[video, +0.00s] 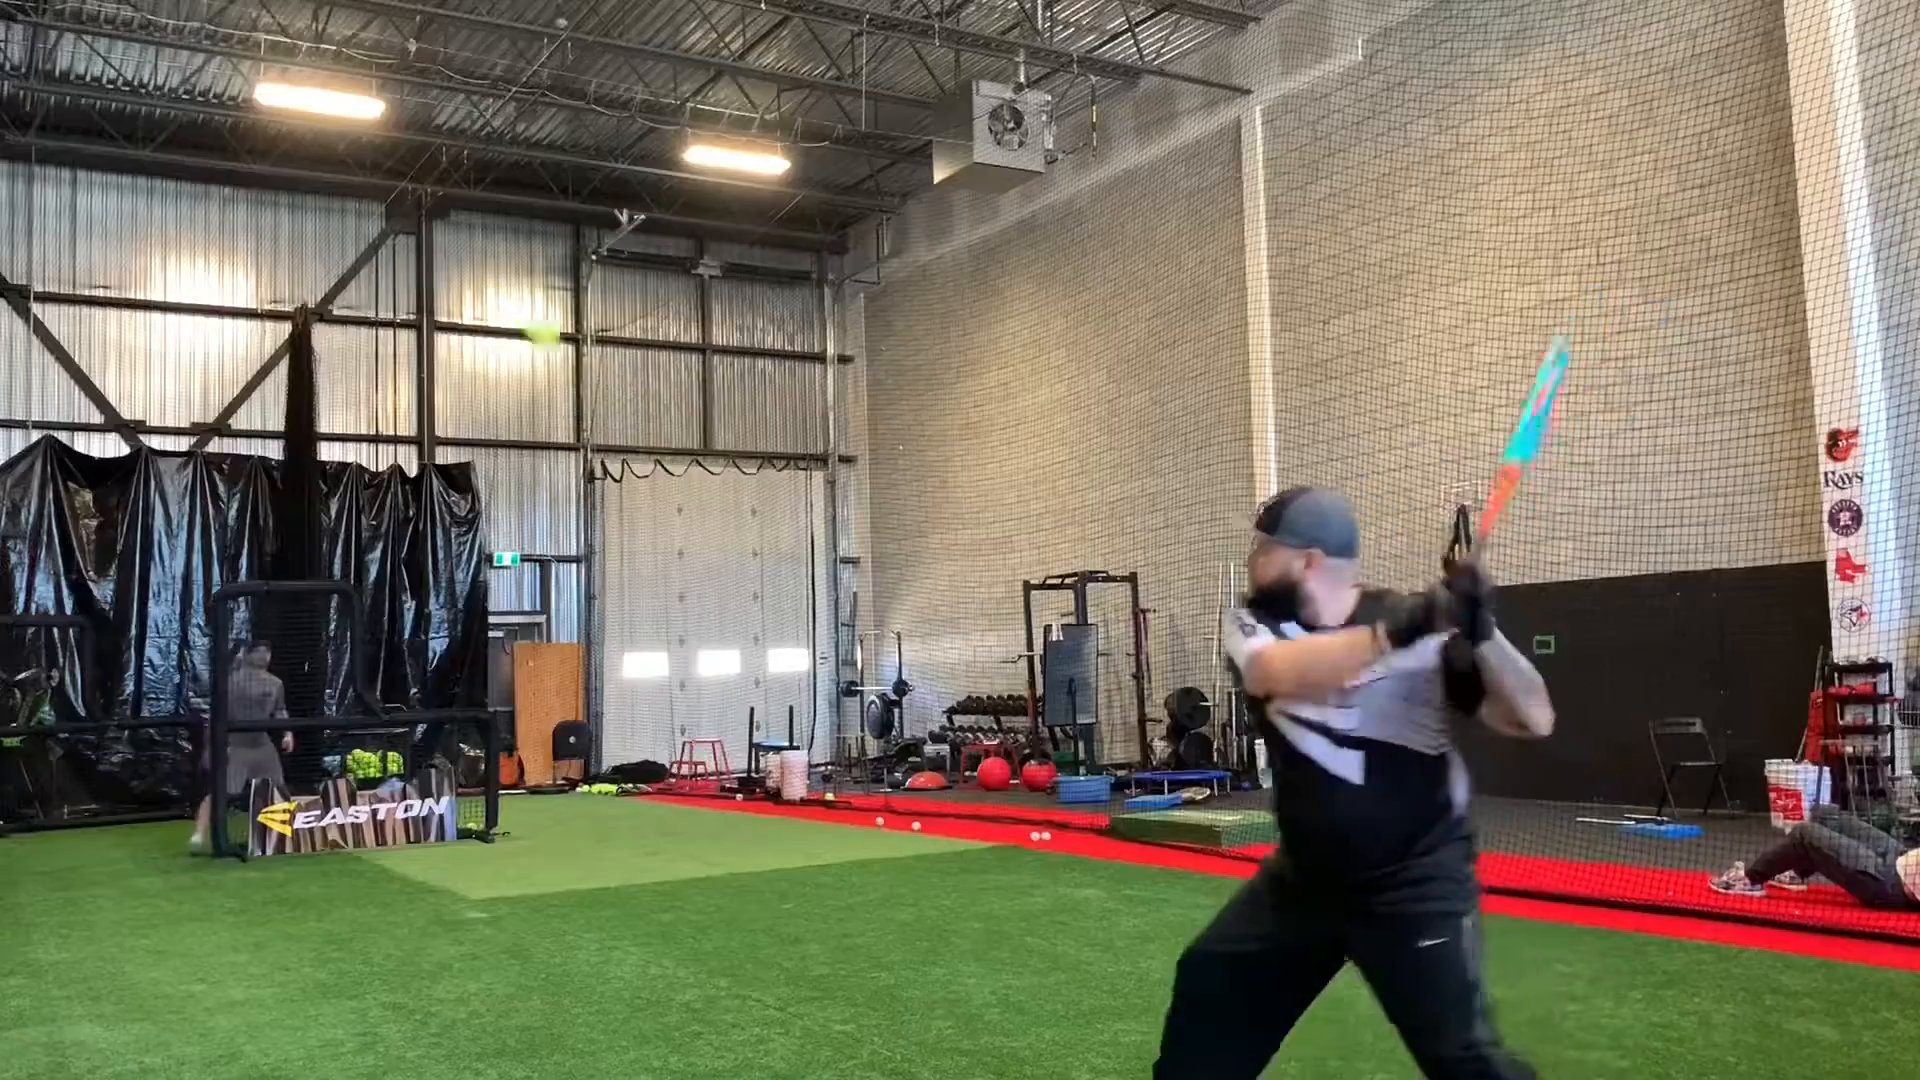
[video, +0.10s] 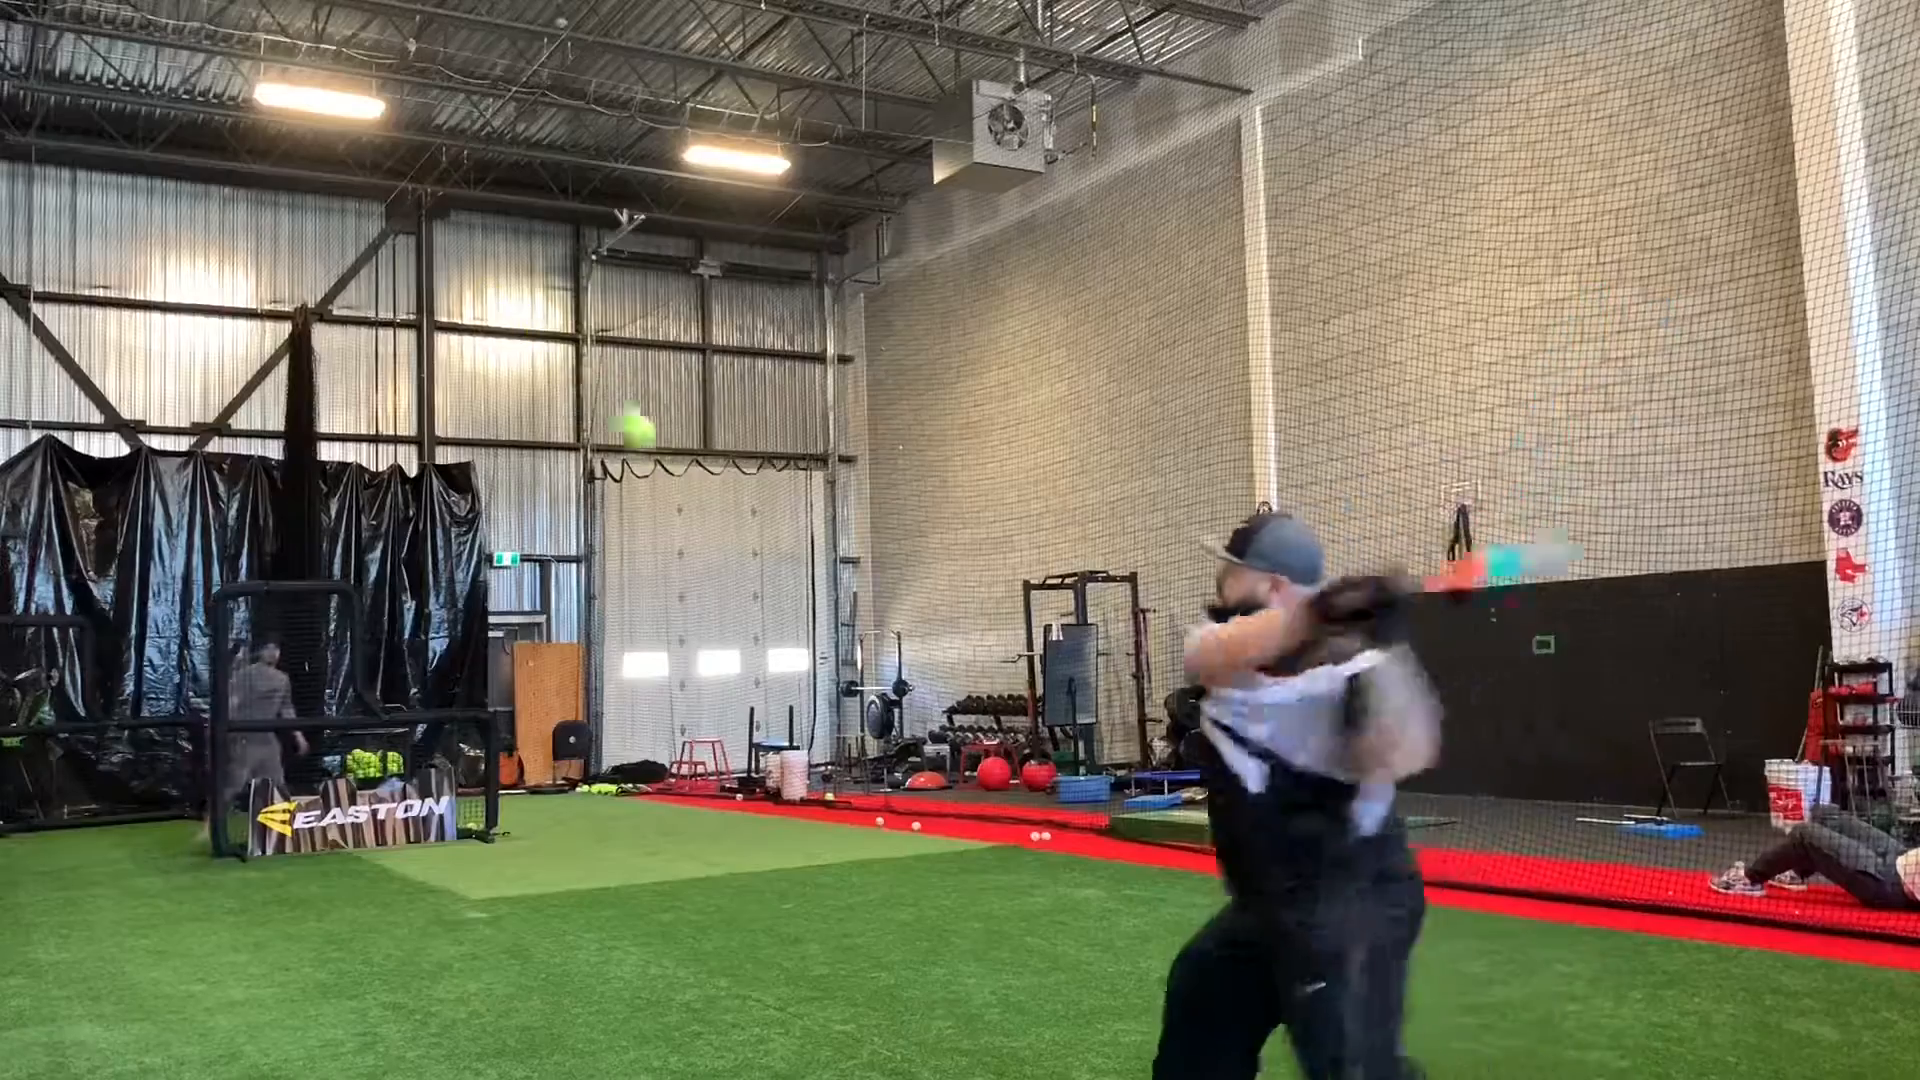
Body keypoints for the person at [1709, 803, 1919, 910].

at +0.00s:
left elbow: (1913, 888)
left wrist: (1908, 863)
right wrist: (1910, 862)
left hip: (1888, 883)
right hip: (1901, 857)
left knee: (1804, 834)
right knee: (1822, 814)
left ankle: (1749, 878)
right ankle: (1798, 873)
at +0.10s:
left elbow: (1913, 888)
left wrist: (1908, 863)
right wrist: (1910, 864)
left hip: (1888, 883)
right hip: (1902, 857)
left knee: (1804, 835)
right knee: (1822, 814)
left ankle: (1749, 878)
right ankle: (1798, 873)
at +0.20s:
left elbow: (1913, 888)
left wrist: (1907, 863)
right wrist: (1910, 864)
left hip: (1889, 883)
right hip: (1902, 858)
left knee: (1804, 835)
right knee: (1823, 814)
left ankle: (1749, 878)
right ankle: (1798, 873)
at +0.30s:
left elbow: (1913, 888)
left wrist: (1908, 863)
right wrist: (1910, 863)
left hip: (1888, 883)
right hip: (1901, 858)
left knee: (1805, 835)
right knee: (1824, 815)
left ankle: (1749, 878)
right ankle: (1798, 873)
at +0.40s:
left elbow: (1914, 890)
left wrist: (1908, 863)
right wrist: (1910, 861)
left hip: (1888, 883)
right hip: (1901, 857)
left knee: (1805, 835)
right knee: (1823, 814)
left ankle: (1749, 878)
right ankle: (1797, 873)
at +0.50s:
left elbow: (1913, 887)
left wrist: (1910, 861)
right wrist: (1911, 861)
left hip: (1889, 883)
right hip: (1901, 856)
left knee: (1804, 835)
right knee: (1822, 814)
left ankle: (1749, 878)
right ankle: (1798, 873)